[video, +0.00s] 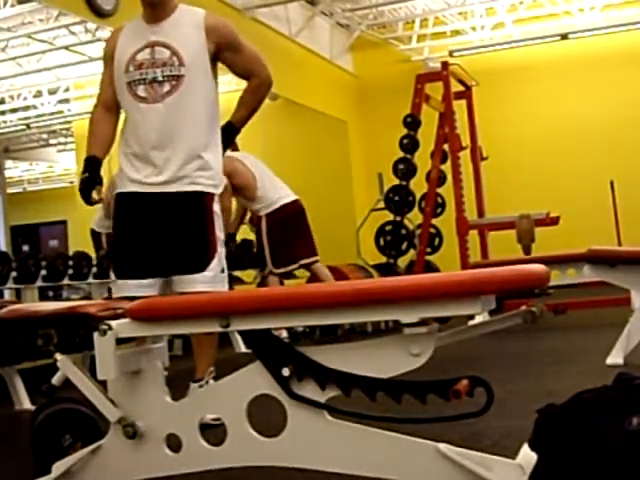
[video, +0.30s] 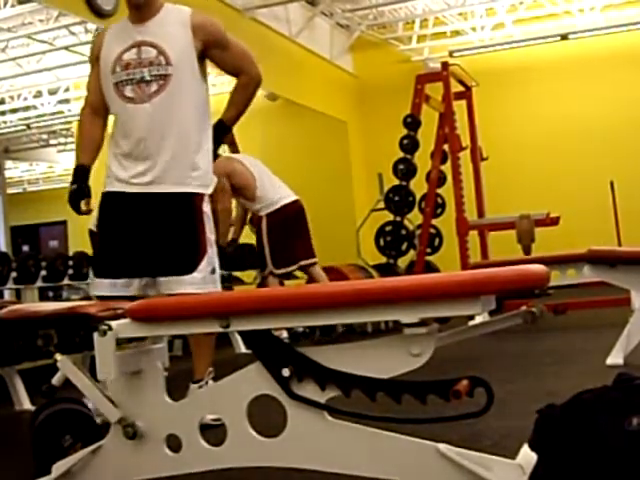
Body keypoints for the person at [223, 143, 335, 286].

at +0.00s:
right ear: (229, 143)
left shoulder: (223, 165)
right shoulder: (243, 157)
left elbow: (225, 206)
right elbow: (242, 203)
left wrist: (226, 233)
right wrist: (232, 233)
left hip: (270, 214)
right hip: (293, 204)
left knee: (270, 272)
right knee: (311, 262)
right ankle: (340, 299)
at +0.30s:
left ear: (203, 159)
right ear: (214, 151)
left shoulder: (219, 167)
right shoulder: (240, 159)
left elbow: (223, 209)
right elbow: (243, 206)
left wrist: (221, 242)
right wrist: (234, 239)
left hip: (271, 214)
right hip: (293, 205)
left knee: (270, 274)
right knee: (310, 264)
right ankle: (334, 300)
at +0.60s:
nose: (222, 155)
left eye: (220, 152)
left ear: (222, 150)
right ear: (238, 140)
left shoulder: (230, 162)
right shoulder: (262, 149)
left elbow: (225, 205)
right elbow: (270, 187)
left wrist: (220, 238)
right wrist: (254, 220)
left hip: (271, 215)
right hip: (296, 206)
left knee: (274, 276)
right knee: (309, 268)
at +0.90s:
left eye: (257, 129)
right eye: (268, 126)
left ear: (253, 131)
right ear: (273, 127)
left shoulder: (247, 154)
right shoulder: (295, 146)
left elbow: (237, 194)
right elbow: (312, 179)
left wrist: (232, 225)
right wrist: (304, 200)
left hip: (272, 217)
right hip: (301, 211)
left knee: (276, 279)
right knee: (313, 273)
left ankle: (280, 328)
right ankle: (320, 322)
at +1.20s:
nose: (315, 121)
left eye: (314, 117)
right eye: (313, 117)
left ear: (291, 120)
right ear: (304, 118)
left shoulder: (276, 148)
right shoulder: (312, 141)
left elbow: (273, 190)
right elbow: (336, 176)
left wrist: (284, 214)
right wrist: (358, 206)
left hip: (292, 214)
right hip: (317, 210)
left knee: (293, 272)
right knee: (318, 273)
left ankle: (287, 324)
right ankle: (318, 327)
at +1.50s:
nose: (341, 117)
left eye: (340, 113)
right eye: (337, 113)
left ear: (320, 117)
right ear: (325, 115)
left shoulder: (307, 140)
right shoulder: (324, 137)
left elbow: (318, 178)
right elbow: (335, 172)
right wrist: (357, 206)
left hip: (312, 208)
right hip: (328, 208)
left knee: (324, 269)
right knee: (339, 268)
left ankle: (320, 323)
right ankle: (339, 320)